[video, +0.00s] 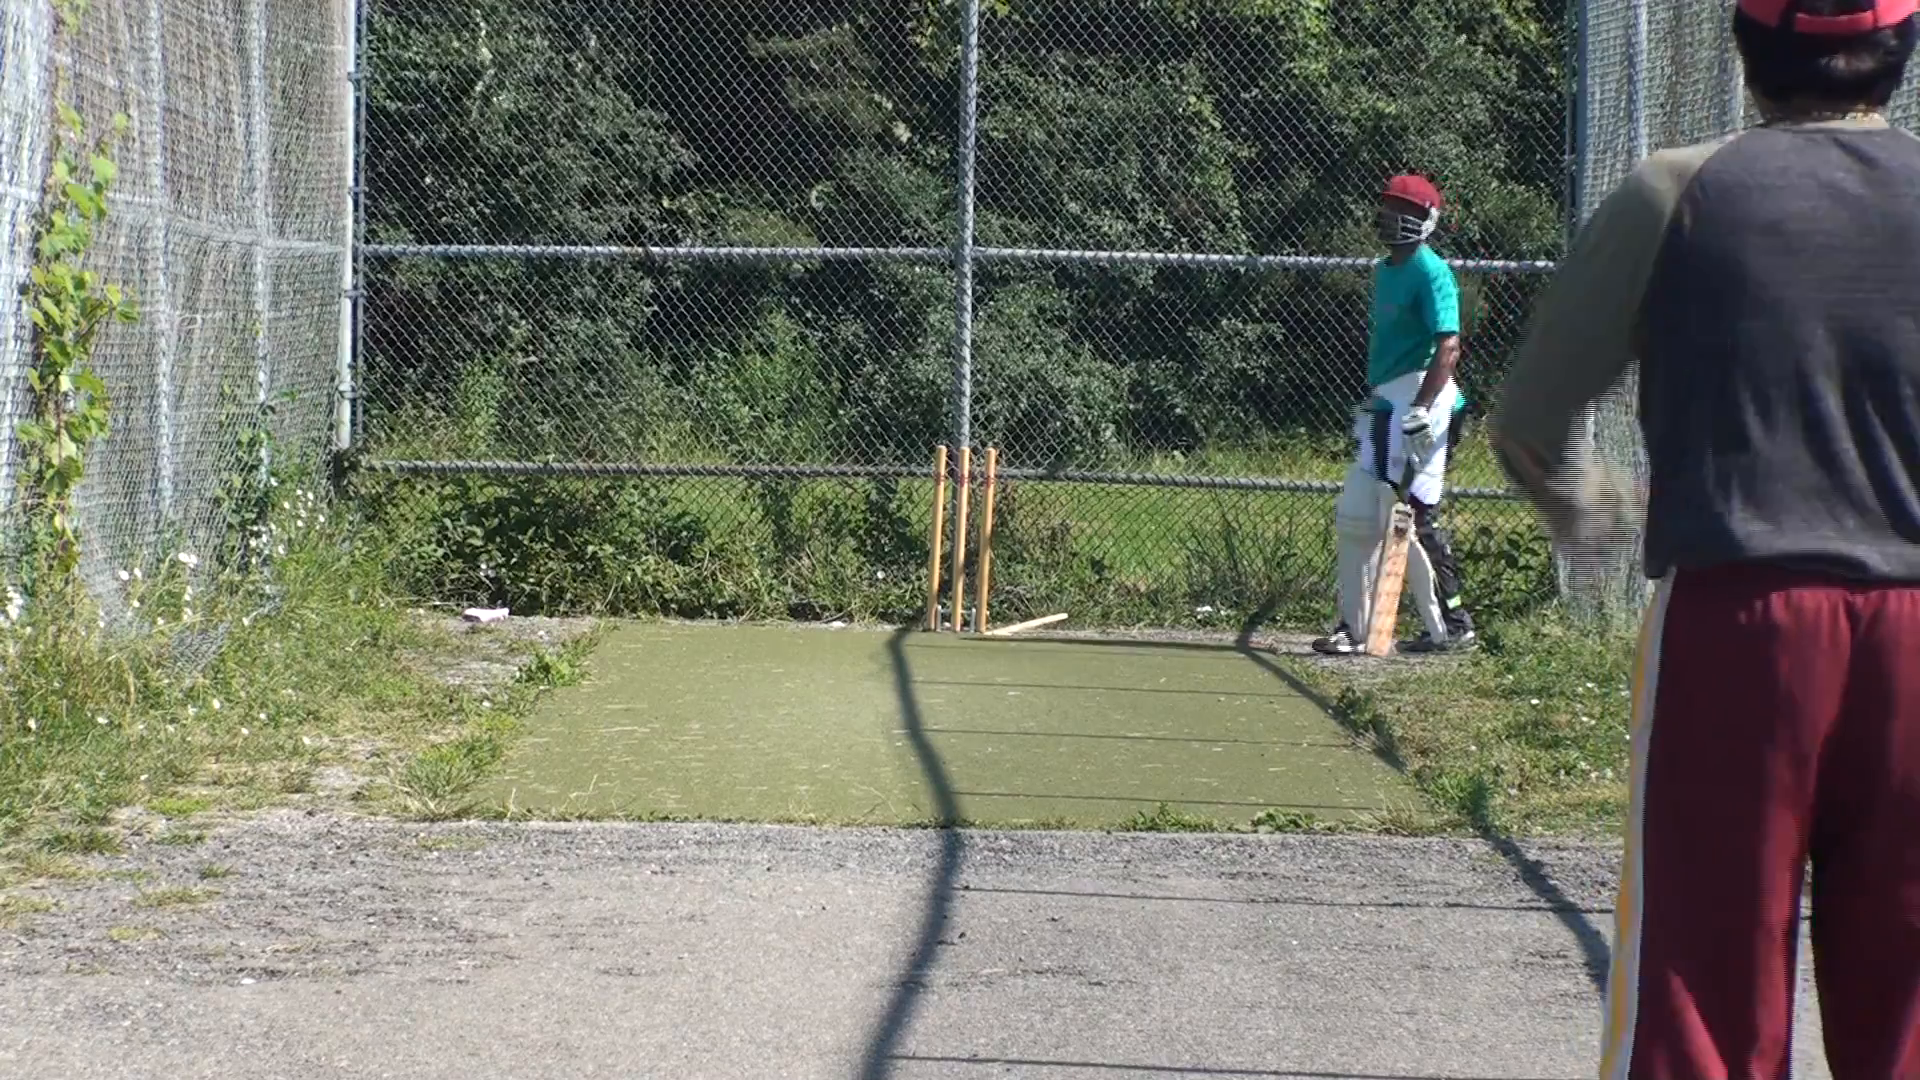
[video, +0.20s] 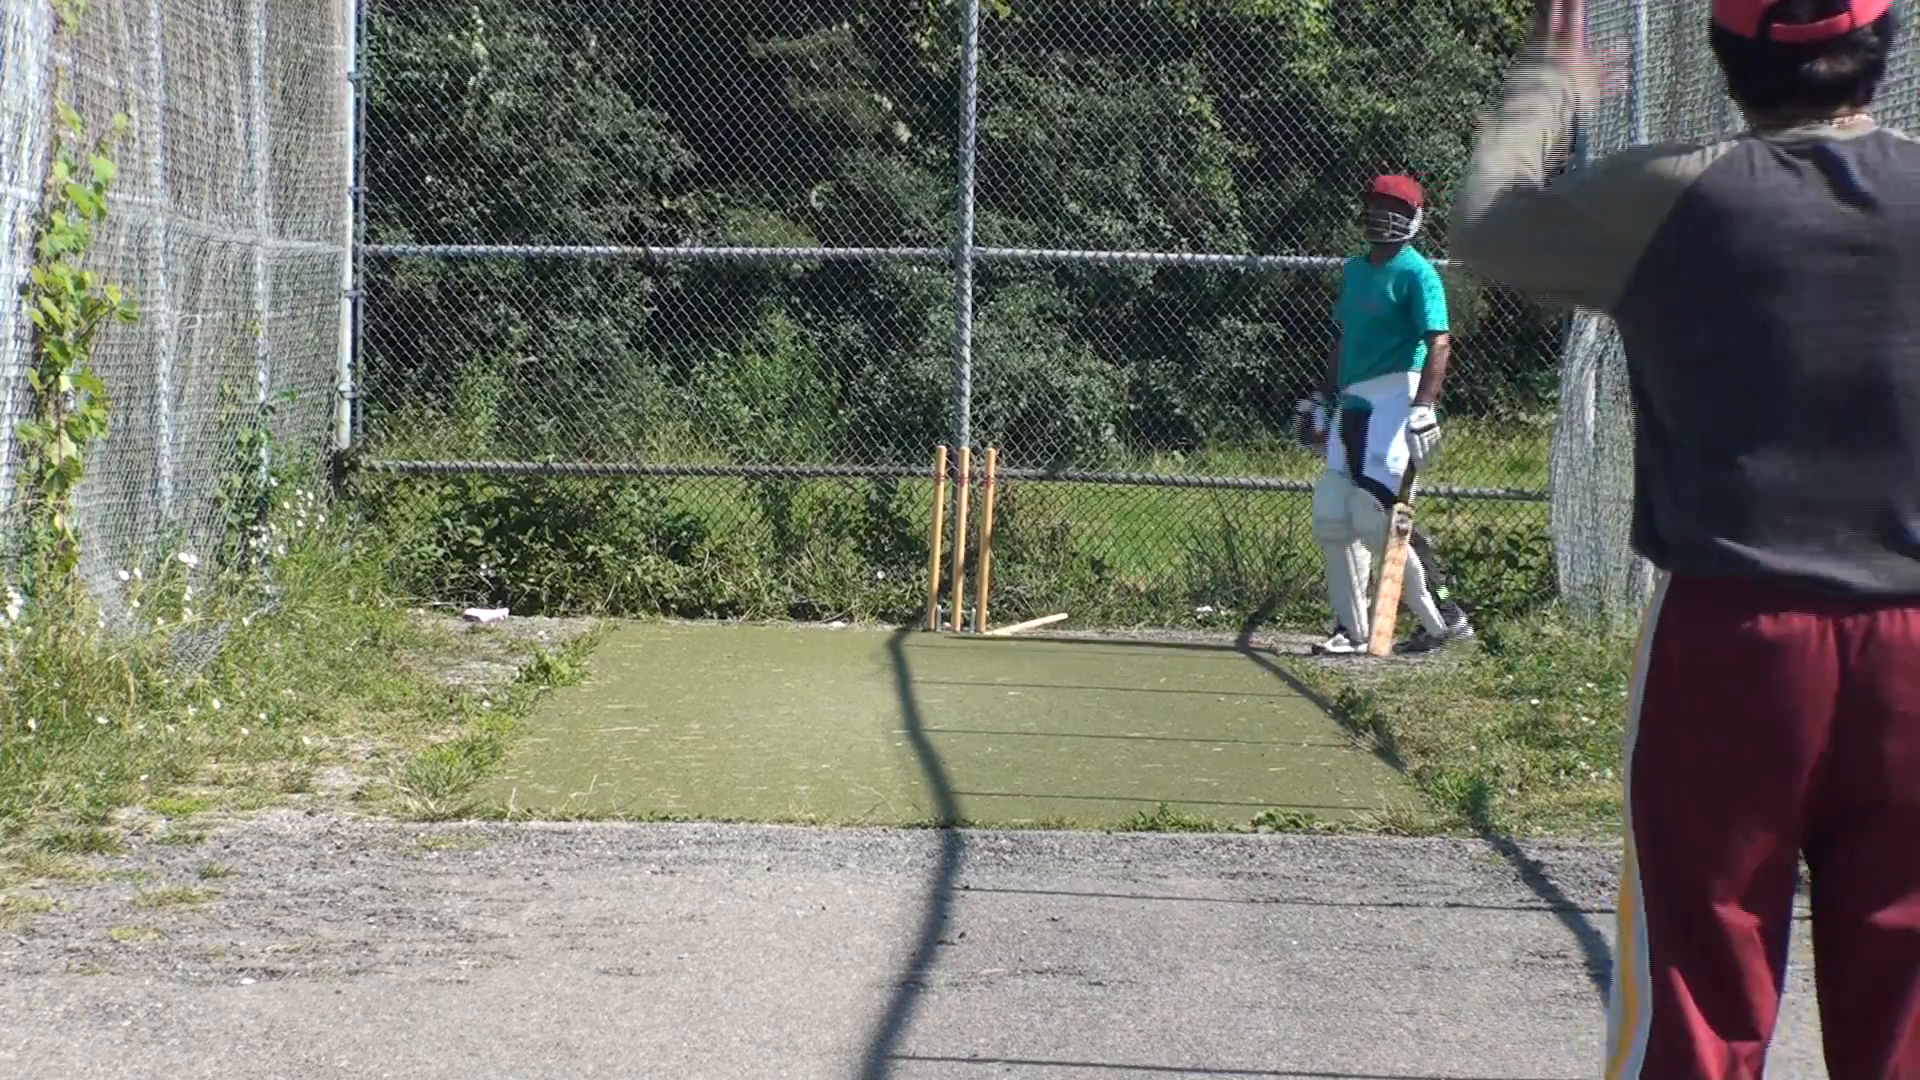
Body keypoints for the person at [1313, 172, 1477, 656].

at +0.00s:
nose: (1396, 224)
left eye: (1408, 217)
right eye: (1388, 215)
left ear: (1429, 222)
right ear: (1380, 218)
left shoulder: (1432, 272)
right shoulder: (1387, 270)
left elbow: (1449, 347)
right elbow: (1389, 345)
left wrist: (1423, 410)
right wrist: (1372, 404)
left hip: (1418, 400)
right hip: (1385, 401)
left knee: (1410, 516)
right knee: (1355, 515)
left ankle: (1447, 624)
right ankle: (1356, 626)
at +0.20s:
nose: (1382, 224)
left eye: (1395, 217)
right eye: (1375, 214)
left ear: (1413, 223)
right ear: (1366, 217)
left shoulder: (1418, 273)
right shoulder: (1353, 271)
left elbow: (1440, 345)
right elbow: (1342, 338)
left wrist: (1424, 409)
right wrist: (1328, 397)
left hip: (1393, 400)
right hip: (1351, 400)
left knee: (1374, 519)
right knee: (1331, 520)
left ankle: (1441, 622)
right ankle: (1355, 630)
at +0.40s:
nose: (1372, 220)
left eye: (1383, 214)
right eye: (1364, 211)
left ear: (1399, 222)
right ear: (1350, 215)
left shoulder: (1406, 273)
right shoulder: (1332, 269)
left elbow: (1423, 345)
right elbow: (1314, 334)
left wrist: (1410, 410)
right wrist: (1297, 393)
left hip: (1380, 397)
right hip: (1334, 397)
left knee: (1358, 513)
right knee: (1323, 520)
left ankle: (1392, 614)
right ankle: (1351, 627)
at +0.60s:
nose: (1357, 223)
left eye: (1370, 216)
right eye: (1351, 213)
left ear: (1386, 224)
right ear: (1338, 216)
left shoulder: (1394, 273)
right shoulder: (1315, 269)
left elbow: (1414, 349)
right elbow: (1300, 336)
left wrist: (1402, 412)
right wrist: (1283, 393)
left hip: (1369, 398)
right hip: (1322, 399)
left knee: (1354, 514)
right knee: (1320, 516)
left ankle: (1366, 628)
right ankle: (1344, 624)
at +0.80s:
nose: (1344, 222)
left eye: (1356, 216)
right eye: (1336, 214)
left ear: (1372, 223)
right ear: (1323, 217)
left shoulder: (1383, 272)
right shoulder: (1303, 269)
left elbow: (1405, 346)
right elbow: (1288, 335)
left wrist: (1400, 412)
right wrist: (1274, 389)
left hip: (1362, 391)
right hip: (1314, 395)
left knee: (1341, 501)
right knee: (1315, 507)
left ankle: (1358, 621)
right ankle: (1343, 621)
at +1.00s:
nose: (1326, 228)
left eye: (1338, 221)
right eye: (1319, 219)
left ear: (1355, 226)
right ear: (1308, 221)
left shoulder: (1370, 273)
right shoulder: (1291, 271)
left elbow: (1396, 346)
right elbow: (1274, 335)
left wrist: (1394, 412)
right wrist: (1266, 382)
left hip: (1353, 393)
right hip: (1305, 396)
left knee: (1330, 502)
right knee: (1317, 507)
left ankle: (1316, 619)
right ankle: (1351, 625)